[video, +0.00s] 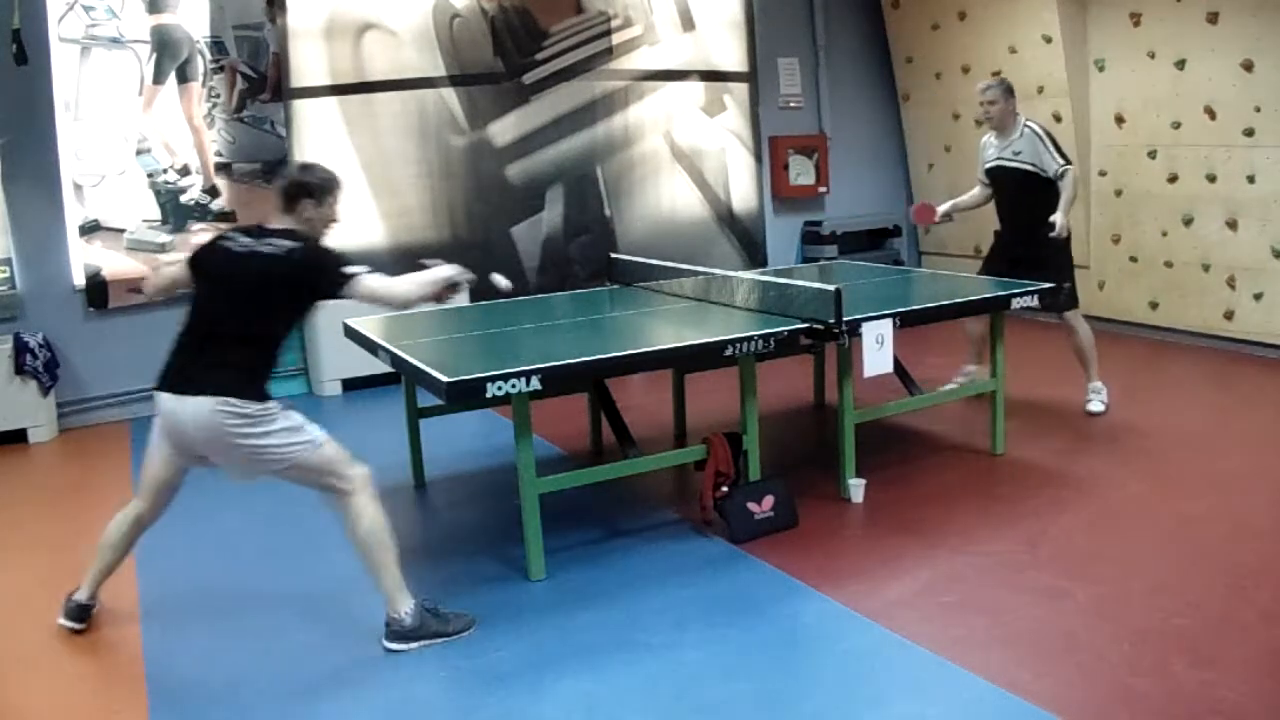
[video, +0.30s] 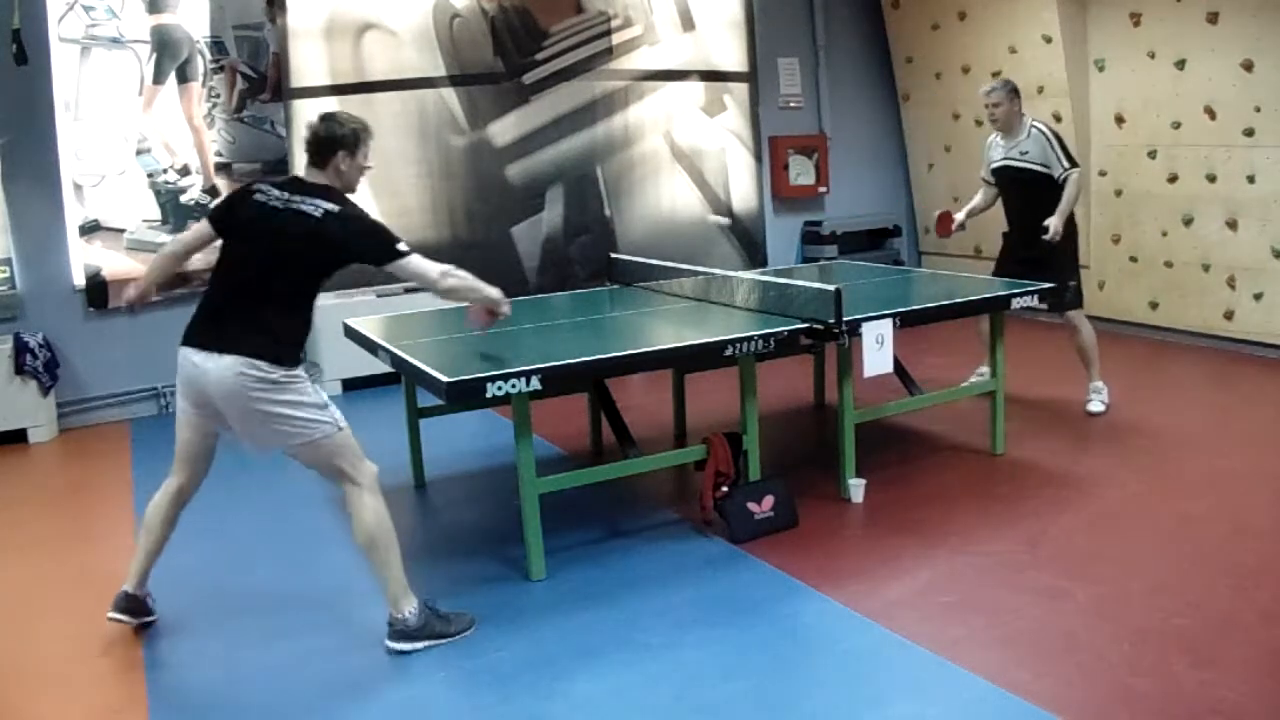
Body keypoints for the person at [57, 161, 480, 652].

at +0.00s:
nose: (335, 219)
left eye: (335, 210)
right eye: (330, 210)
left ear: (286, 203)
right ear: (307, 207)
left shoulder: (221, 248)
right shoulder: (309, 259)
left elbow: (153, 284)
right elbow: (396, 293)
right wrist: (441, 274)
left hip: (173, 400)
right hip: (232, 408)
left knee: (142, 506)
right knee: (352, 480)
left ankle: (81, 599)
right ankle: (404, 614)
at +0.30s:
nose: (366, 168)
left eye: (366, 158)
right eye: (363, 158)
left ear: (313, 156)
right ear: (342, 159)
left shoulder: (254, 194)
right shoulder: (349, 222)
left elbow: (180, 248)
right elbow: (438, 277)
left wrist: (146, 284)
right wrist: (495, 297)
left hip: (196, 359)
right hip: (261, 371)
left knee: (179, 480)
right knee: (360, 477)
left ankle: (131, 591)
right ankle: (407, 614)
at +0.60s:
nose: (274, 183)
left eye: (274, 173)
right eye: (269, 173)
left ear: (216, 173)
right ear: (241, 174)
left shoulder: (166, 225)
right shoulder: (239, 233)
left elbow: (121, 307)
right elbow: (301, 306)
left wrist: (105, 373)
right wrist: (358, 324)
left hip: (133, 385)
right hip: (193, 385)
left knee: (164, 486)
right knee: (293, 491)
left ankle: (155, 613)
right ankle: (376, 614)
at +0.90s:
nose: (191, 211)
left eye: (191, 201)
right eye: (186, 201)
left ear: (147, 202)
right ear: (160, 202)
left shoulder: (96, 244)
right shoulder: (143, 262)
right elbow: (190, 347)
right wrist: (249, 376)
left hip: (28, 398)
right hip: (76, 409)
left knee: (67, 487)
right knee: (188, 491)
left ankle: (28, 587)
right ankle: (200, 630)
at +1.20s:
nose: (129, 225)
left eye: (128, 214)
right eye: (123, 215)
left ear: (83, 216)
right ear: (96, 217)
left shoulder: (40, 257)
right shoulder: (77, 281)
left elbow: (19, 348)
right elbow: (95, 381)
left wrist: (60, 409)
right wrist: (159, 431)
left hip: (17, 419)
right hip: (6, 427)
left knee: (33, 529)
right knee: (63, 551)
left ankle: (20, 596)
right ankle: (1, 679)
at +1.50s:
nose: (70, 252)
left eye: (71, 242)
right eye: (68, 242)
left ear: (27, 239)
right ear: (46, 241)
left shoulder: (1, 285)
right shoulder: (37, 308)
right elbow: (105, 381)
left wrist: (63, 334)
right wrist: (83, 325)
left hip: (5, 469)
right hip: (9, 476)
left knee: (28, 497)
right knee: (105, 573)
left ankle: (1, 595)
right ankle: (37, 701)